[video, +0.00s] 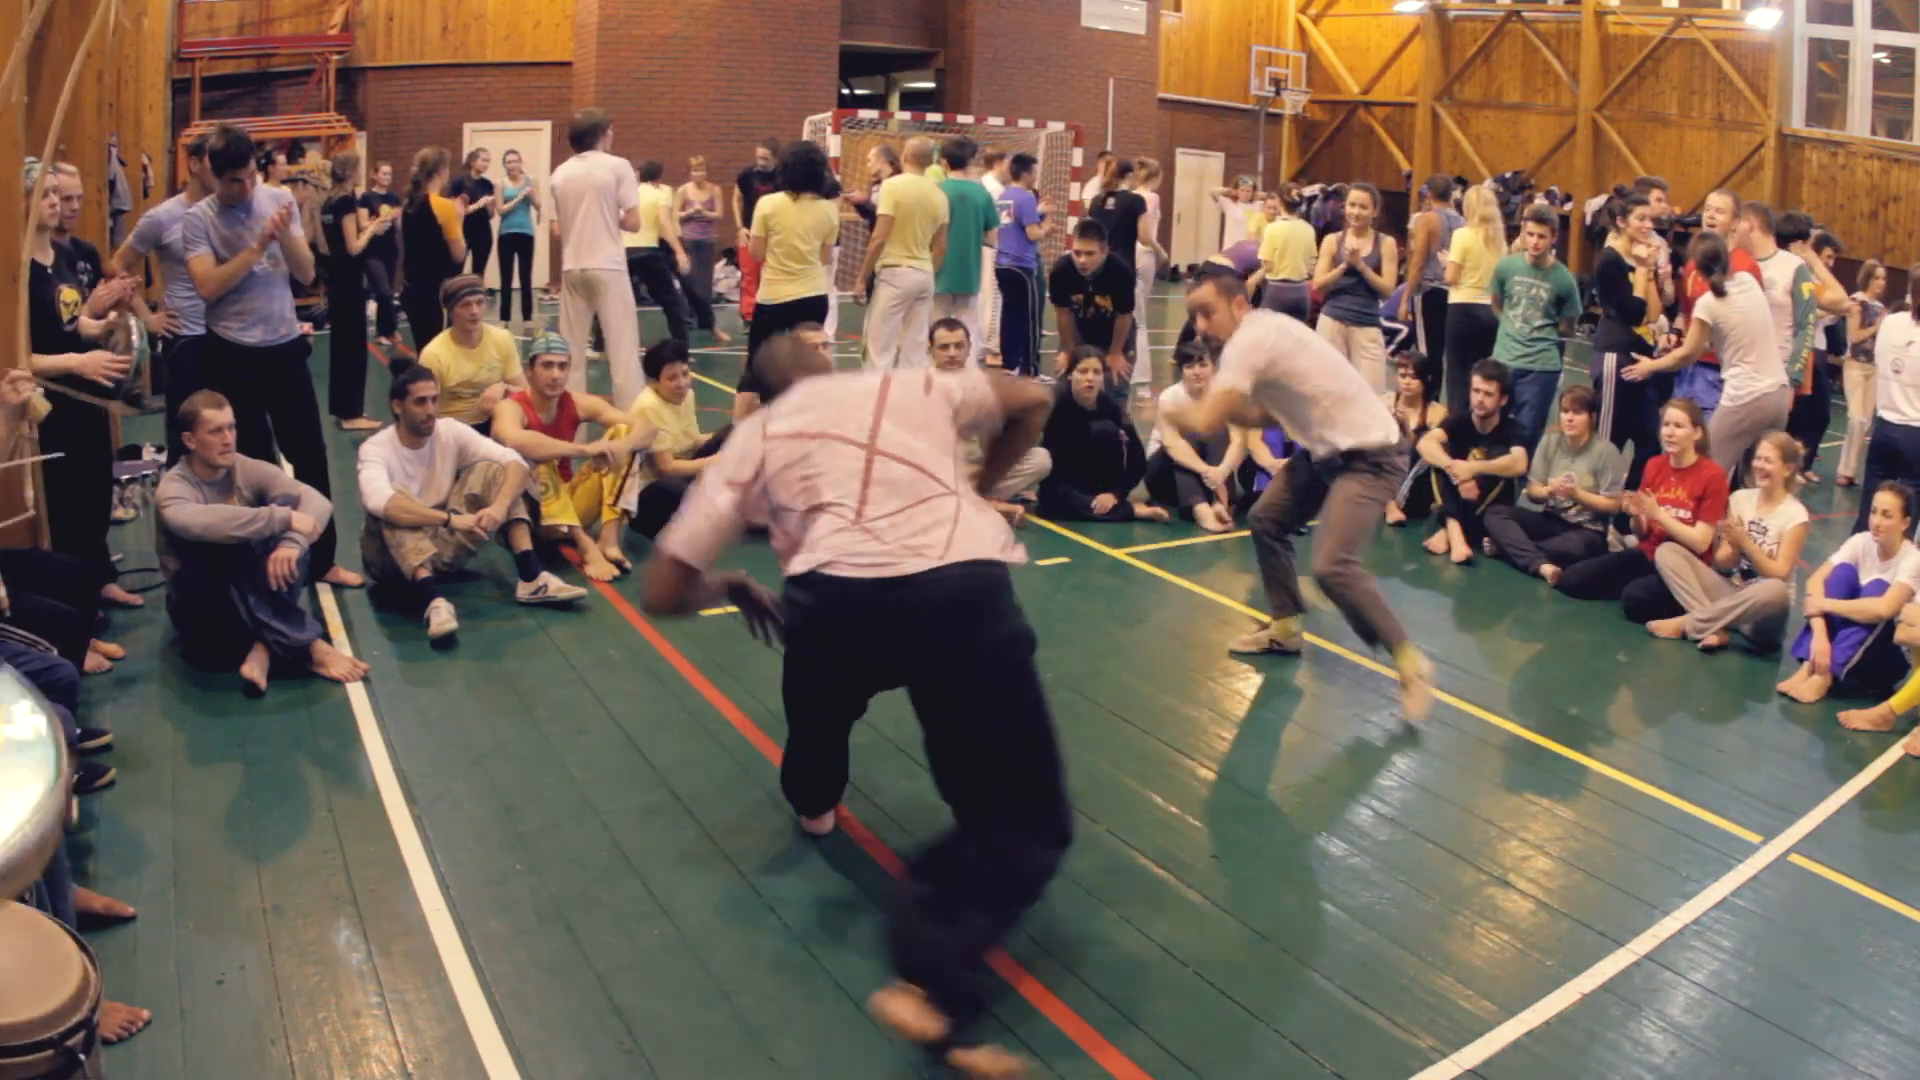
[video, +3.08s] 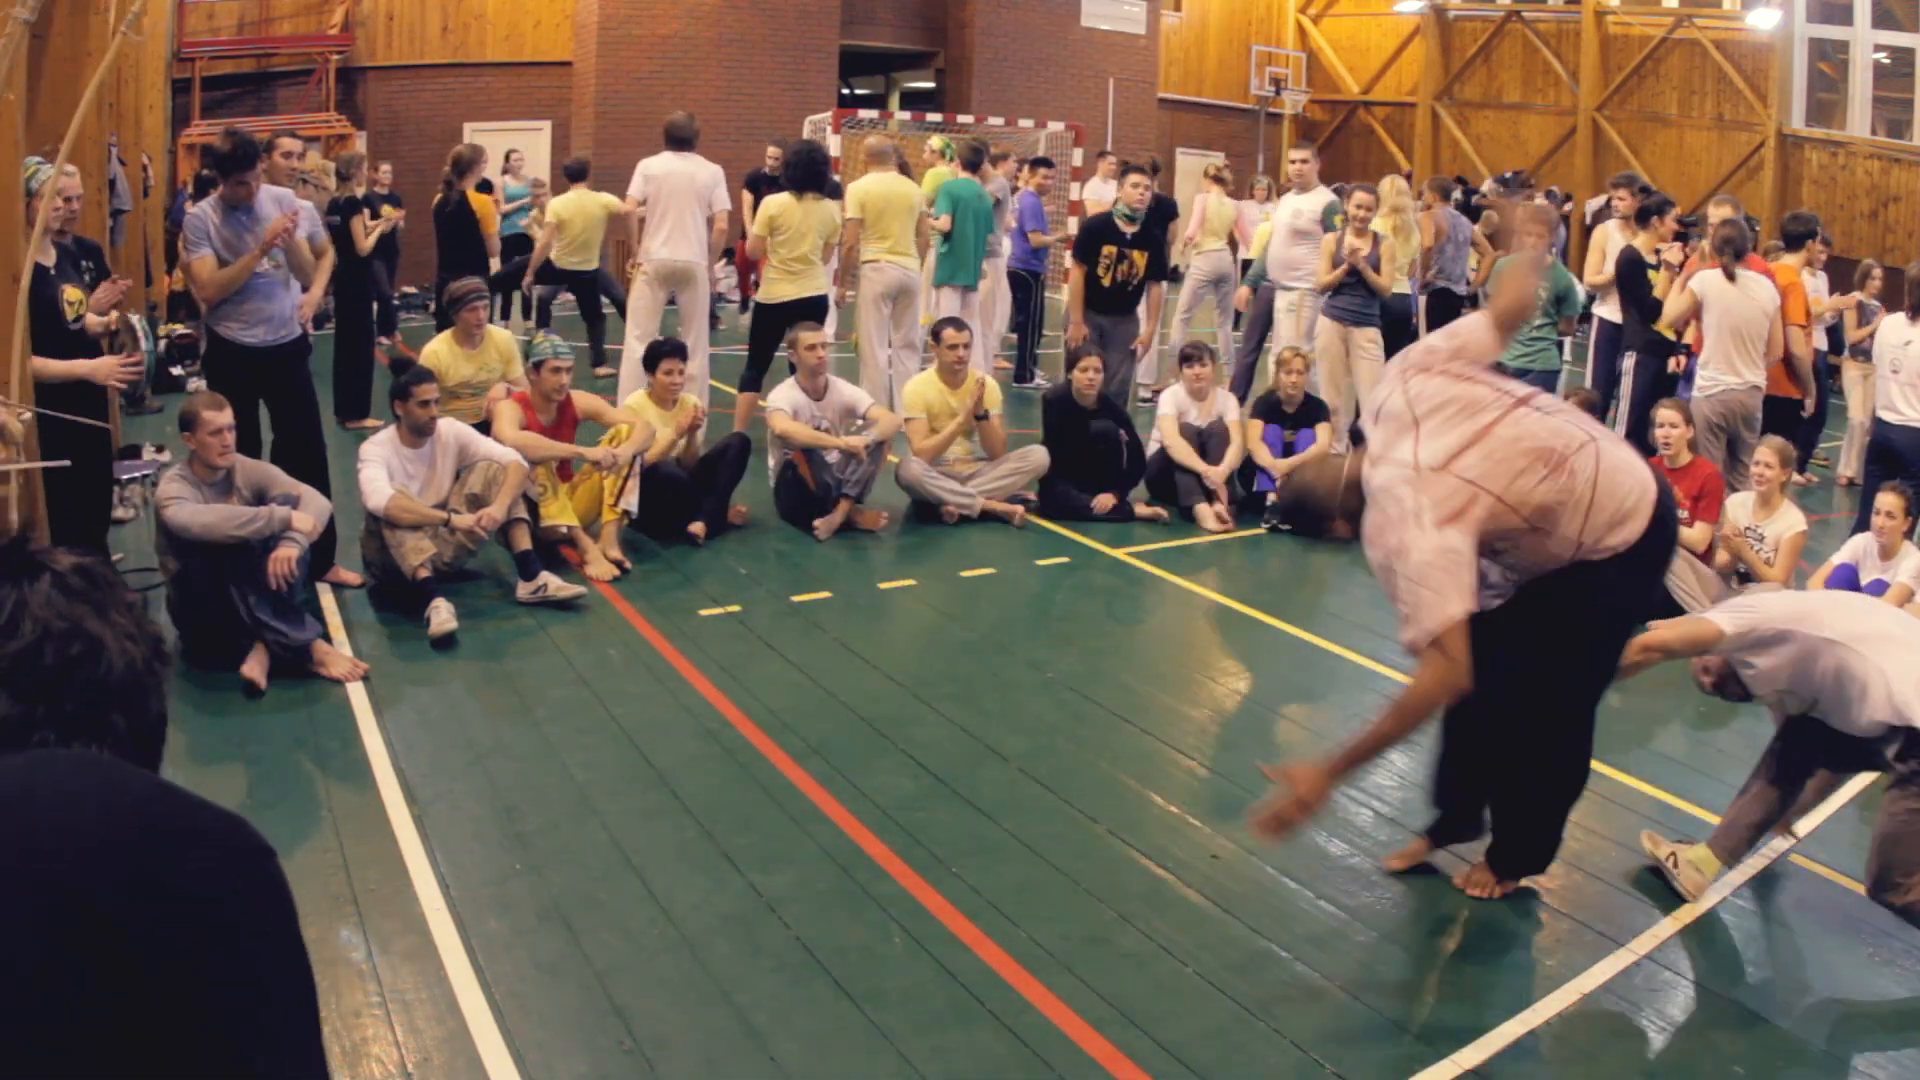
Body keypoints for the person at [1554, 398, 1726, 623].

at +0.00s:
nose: (1669, 432)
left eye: (1678, 426)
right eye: (1666, 425)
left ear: (1697, 433)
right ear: (1659, 428)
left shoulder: (1713, 475)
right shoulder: (1654, 465)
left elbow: (1701, 542)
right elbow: (1641, 532)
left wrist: (1658, 513)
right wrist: (1636, 514)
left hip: (1684, 565)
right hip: (1647, 555)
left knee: (1635, 601)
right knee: (1570, 581)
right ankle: (1635, 582)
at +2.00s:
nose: (1665, 434)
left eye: (1674, 427)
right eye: (1661, 427)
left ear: (1695, 432)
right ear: (1656, 430)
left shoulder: (1712, 476)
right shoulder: (1654, 465)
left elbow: (1700, 544)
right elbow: (1639, 531)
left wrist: (1656, 517)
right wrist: (1646, 517)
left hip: (1683, 567)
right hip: (1646, 555)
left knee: (1635, 600)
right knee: (1570, 581)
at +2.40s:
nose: (1666, 433)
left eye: (1675, 426)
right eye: (1661, 426)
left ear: (1694, 431)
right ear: (1656, 430)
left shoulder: (1710, 475)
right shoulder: (1652, 466)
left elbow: (1699, 544)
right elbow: (1637, 530)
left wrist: (1654, 517)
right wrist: (1645, 517)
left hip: (1682, 565)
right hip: (1645, 555)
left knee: (1635, 600)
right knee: (1572, 580)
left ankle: (1692, 603)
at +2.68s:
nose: (1664, 433)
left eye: (1673, 426)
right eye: (1659, 426)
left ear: (1689, 431)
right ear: (1653, 431)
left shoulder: (1708, 474)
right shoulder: (1648, 467)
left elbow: (1698, 538)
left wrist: (1652, 517)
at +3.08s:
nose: (1665, 434)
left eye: (1674, 426)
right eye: (1660, 426)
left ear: (1690, 431)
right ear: (1653, 431)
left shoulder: (1709, 474)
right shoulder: (1647, 468)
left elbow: (1699, 541)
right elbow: (1631, 519)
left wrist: (1654, 521)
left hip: (1693, 564)